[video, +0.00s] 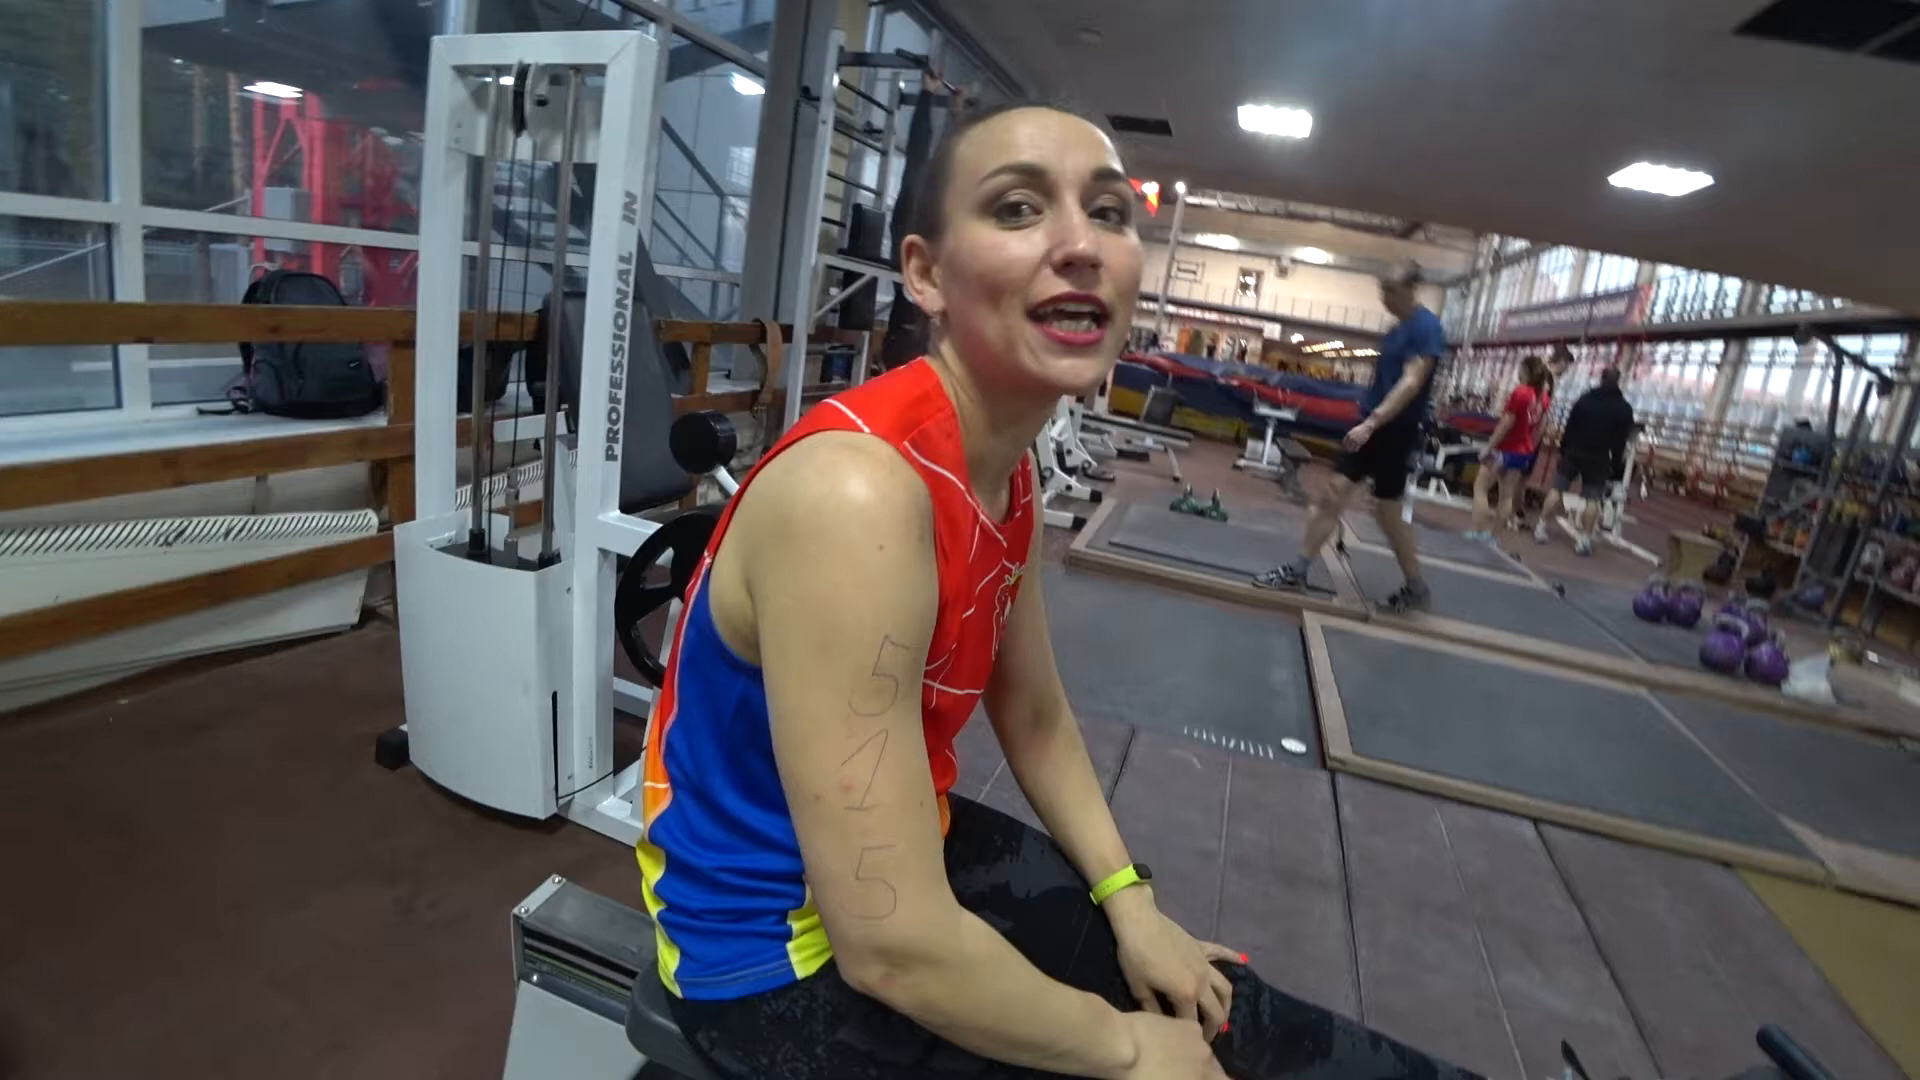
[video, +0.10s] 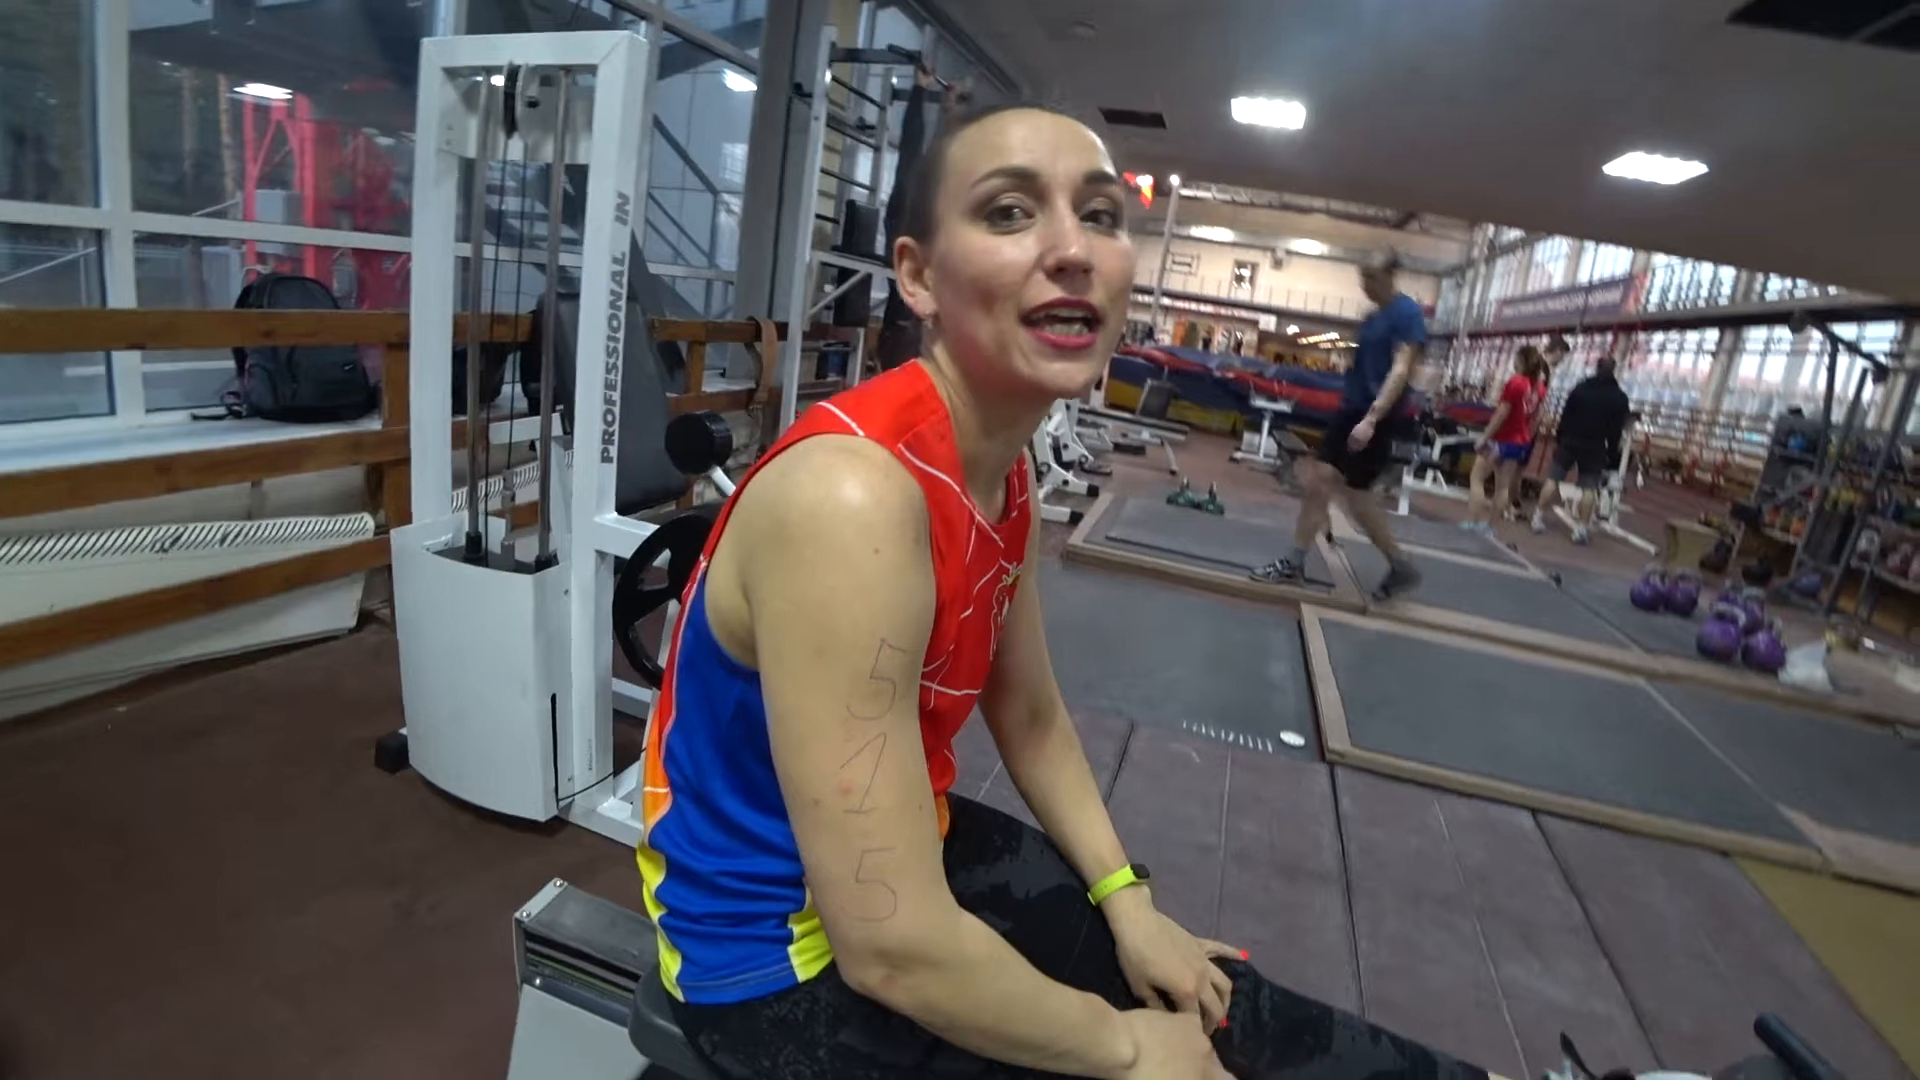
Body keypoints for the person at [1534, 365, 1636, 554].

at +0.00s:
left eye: (1604, 376)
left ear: (1601, 379)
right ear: (1618, 382)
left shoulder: (1586, 398)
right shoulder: (1624, 409)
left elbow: (1570, 425)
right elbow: (1619, 442)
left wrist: (1563, 448)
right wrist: (1617, 467)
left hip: (1574, 450)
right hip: (1598, 457)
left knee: (1558, 489)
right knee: (1593, 498)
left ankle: (1541, 525)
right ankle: (1585, 538)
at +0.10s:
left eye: (1599, 366)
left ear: (1597, 369)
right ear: (1614, 372)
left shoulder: (1582, 387)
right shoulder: (1619, 398)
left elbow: (1566, 414)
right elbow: (1615, 431)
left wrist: (1560, 437)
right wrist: (1613, 456)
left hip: (1570, 440)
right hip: (1595, 446)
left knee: (1554, 478)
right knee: (1589, 487)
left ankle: (1538, 514)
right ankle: (1582, 528)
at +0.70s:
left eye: (1553, 328)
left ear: (1551, 329)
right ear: (1568, 331)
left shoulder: (1536, 349)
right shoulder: (1575, 356)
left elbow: (1523, 376)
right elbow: (1574, 387)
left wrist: (1518, 398)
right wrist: (1569, 410)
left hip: (1529, 401)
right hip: (1554, 406)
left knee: (1516, 440)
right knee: (1551, 448)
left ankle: (1502, 480)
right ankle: (1545, 490)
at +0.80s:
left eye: (1551, 327)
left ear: (1549, 328)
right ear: (1566, 330)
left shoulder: (1535, 348)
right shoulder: (1573, 356)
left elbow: (1522, 375)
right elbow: (1573, 387)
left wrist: (1517, 398)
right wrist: (1569, 409)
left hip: (1528, 401)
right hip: (1553, 406)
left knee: (1514, 440)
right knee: (1550, 448)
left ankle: (1501, 480)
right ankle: (1544, 489)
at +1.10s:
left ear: (1558, 322)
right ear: (1575, 326)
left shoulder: (1544, 341)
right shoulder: (1582, 350)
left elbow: (1531, 368)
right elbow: (1581, 381)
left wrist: (1526, 392)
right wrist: (1577, 404)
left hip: (1536, 395)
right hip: (1561, 400)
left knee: (1522, 434)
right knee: (1557, 442)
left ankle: (1507, 473)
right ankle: (1549, 484)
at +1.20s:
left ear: (1563, 315)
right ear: (1580, 318)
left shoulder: (1548, 334)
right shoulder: (1586, 341)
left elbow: (1535, 361)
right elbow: (1586, 372)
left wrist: (1529, 385)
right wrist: (1582, 394)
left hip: (1540, 387)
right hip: (1566, 392)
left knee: (1525, 427)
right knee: (1561, 435)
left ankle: (1510, 466)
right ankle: (1553, 477)